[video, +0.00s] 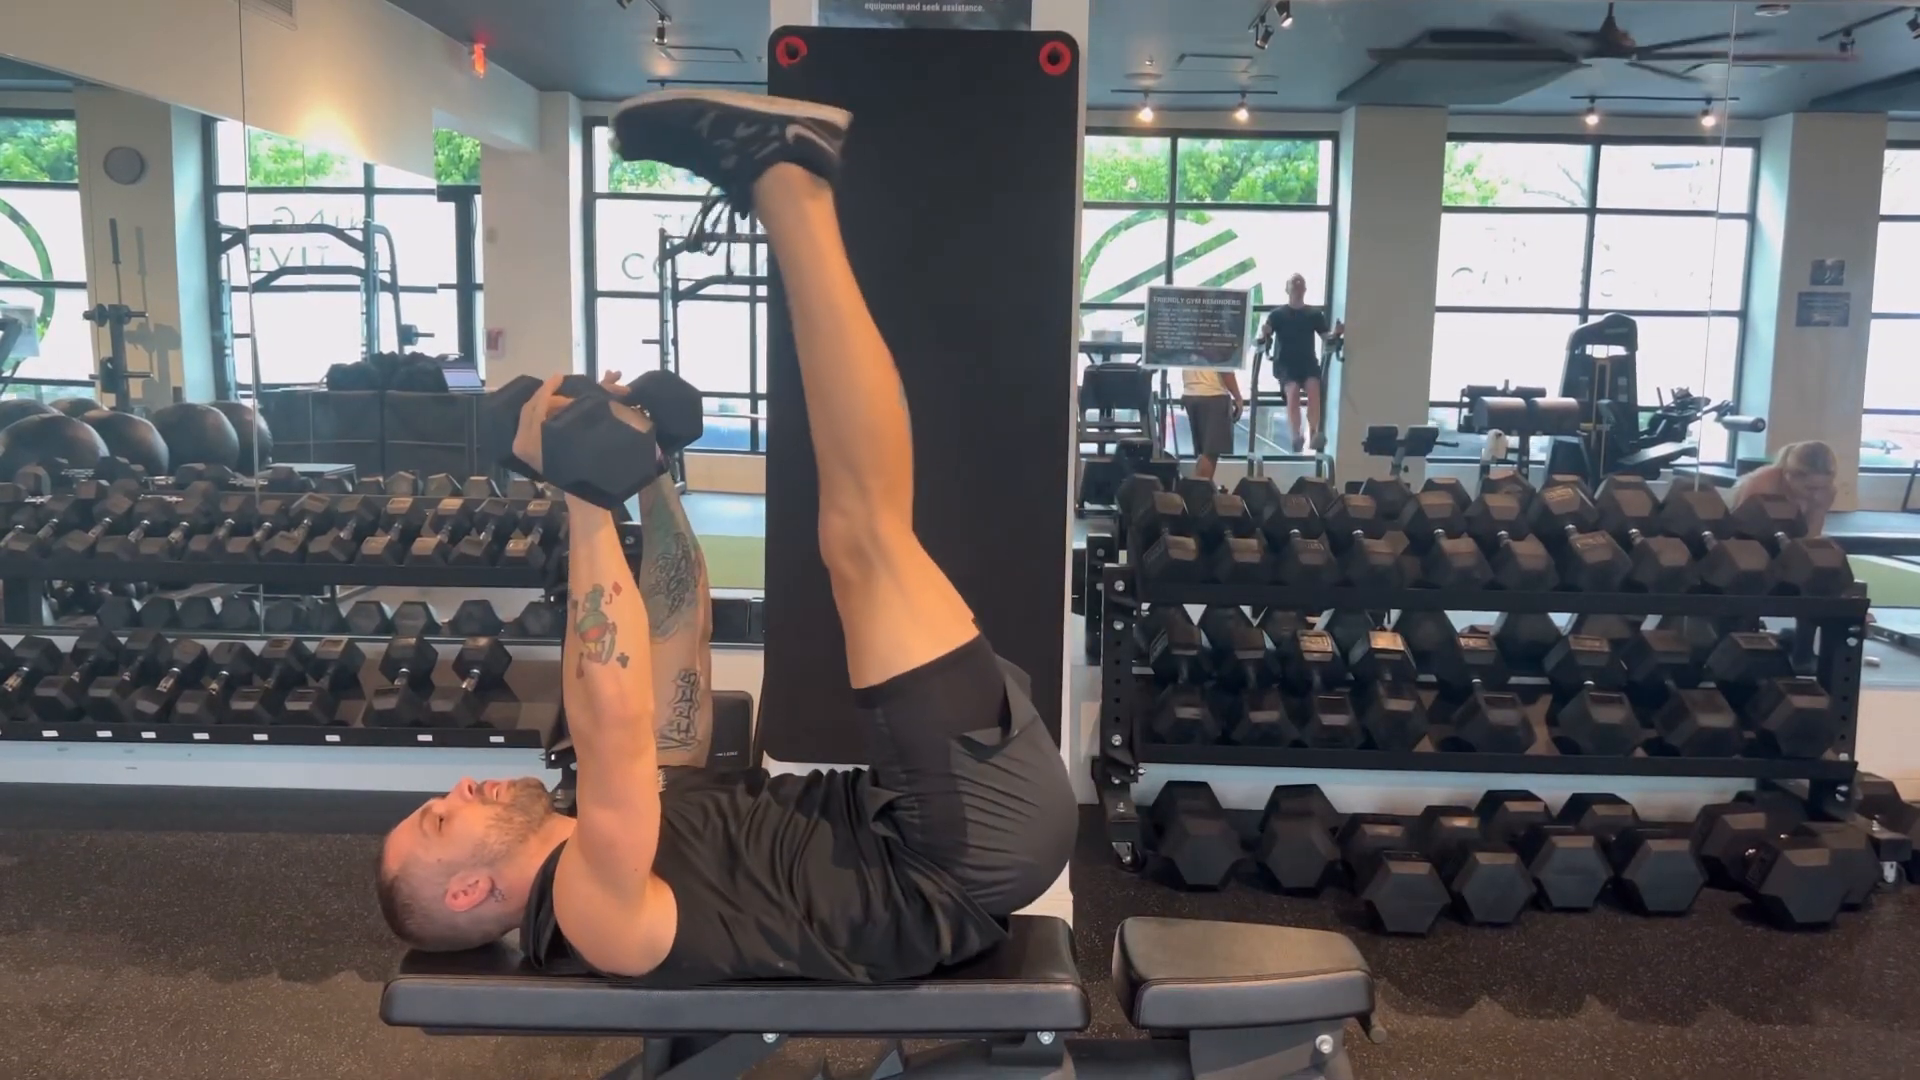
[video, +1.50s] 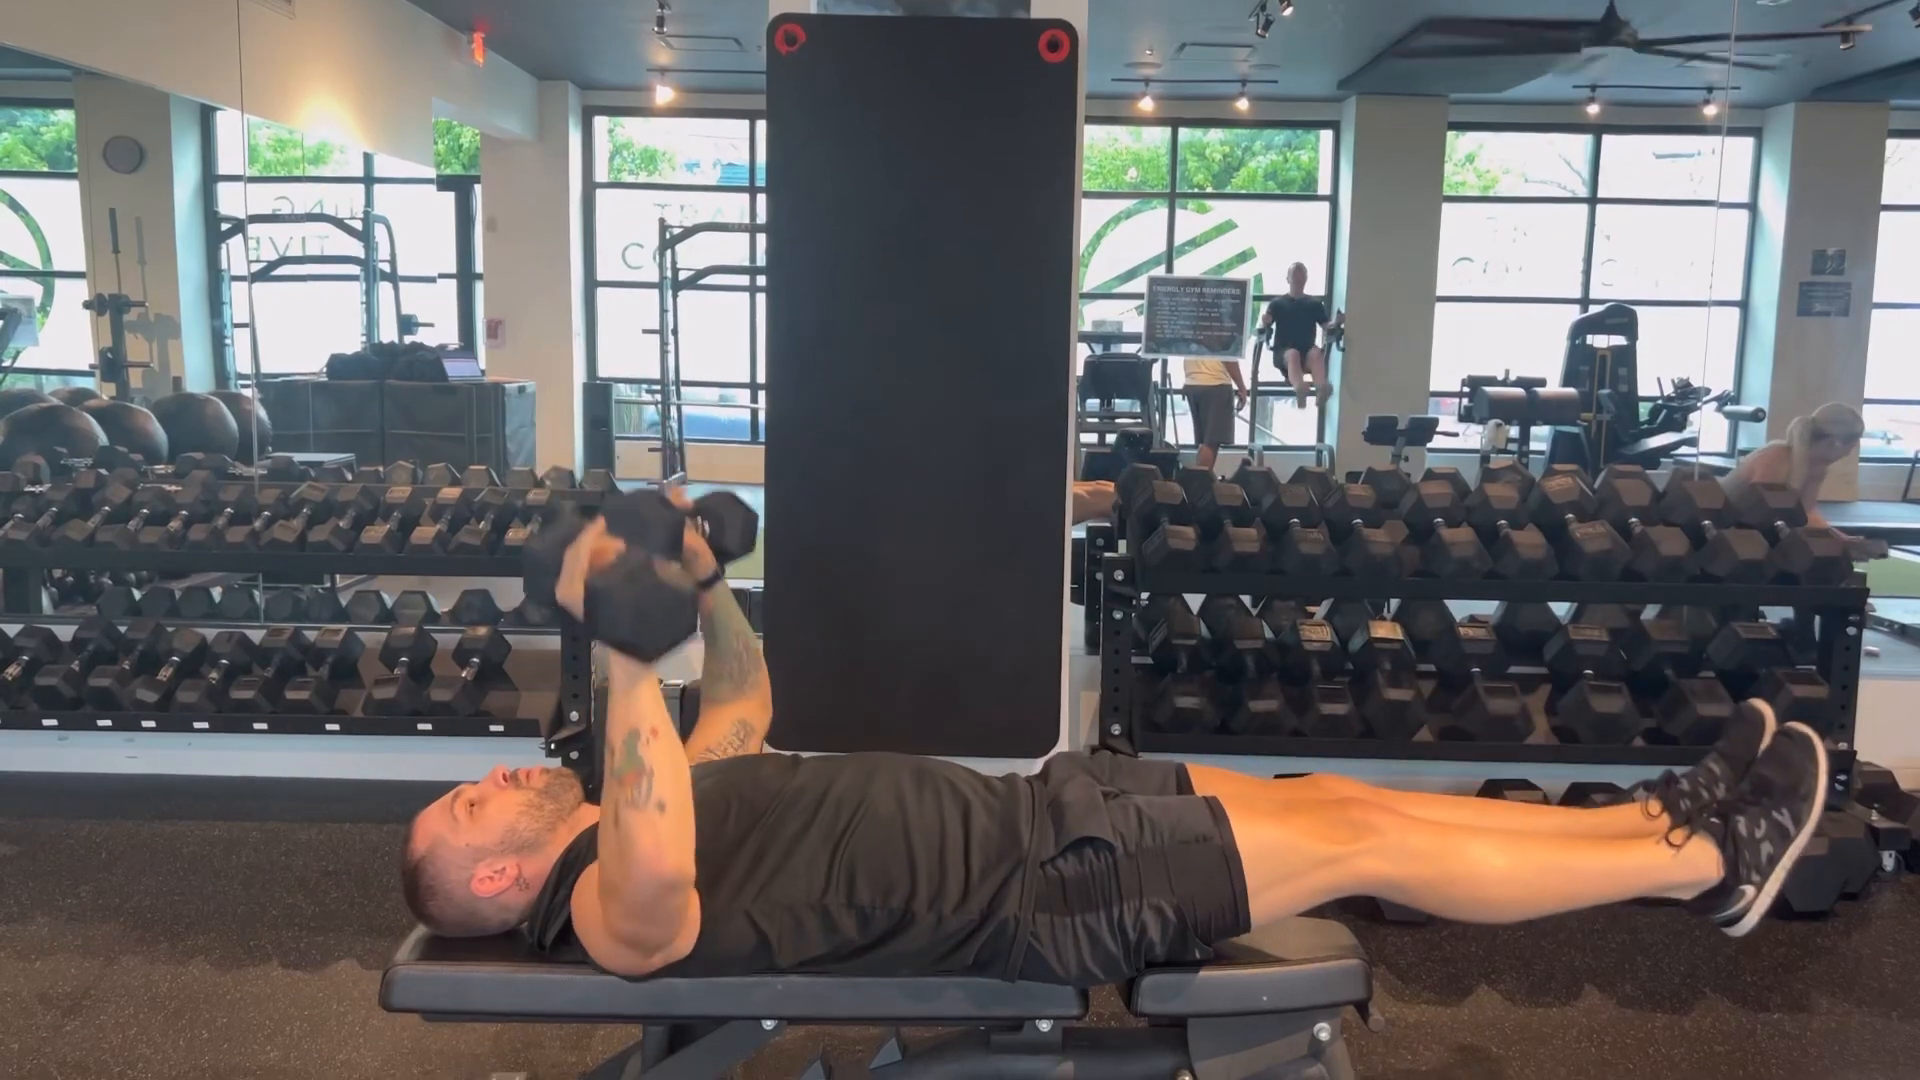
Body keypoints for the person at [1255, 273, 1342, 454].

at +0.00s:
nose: (1298, 286)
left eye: (1300, 284)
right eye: (1294, 284)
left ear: (1305, 288)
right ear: (1287, 289)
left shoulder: (1314, 314)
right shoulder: (1277, 314)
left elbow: (1326, 338)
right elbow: (1262, 341)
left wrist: (1336, 334)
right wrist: (1264, 335)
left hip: (1308, 359)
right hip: (1286, 360)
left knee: (1314, 387)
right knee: (1293, 390)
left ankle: (1314, 435)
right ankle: (1296, 437)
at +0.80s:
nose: (1300, 284)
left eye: (1303, 281)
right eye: (1296, 281)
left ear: (1306, 284)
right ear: (1288, 284)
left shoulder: (1314, 309)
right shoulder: (1277, 309)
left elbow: (1325, 331)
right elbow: (1263, 337)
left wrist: (1336, 328)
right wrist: (1265, 329)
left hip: (1307, 353)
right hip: (1284, 353)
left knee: (1315, 370)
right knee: (1291, 367)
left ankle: (1320, 413)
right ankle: (1295, 406)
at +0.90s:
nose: (1298, 285)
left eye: (1301, 280)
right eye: (1295, 280)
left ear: (1306, 283)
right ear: (1288, 283)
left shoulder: (1314, 307)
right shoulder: (1277, 308)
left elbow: (1326, 332)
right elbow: (1263, 335)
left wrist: (1336, 327)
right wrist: (1265, 327)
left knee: (1319, 340)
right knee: (1293, 338)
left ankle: (1322, 381)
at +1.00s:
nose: (1298, 287)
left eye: (1302, 284)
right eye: (1296, 283)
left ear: (1306, 285)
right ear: (1289, 284)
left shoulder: (1315, 306)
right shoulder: (1277, 306)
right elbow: (1262, 335)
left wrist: (1336, 327)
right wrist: (1265, 326)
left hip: (1308, 356)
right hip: (1284, 358)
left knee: (1316, 318)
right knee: (1290, 321)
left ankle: (1318, 333)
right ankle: (1303, 333)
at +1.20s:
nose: (1298, 287)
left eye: (1301, 284)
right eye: (1295, 284)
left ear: (1306, 284)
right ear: (1289, 283)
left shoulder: (1315, 304)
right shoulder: (1278, 304)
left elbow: (1323, 331)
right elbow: (1264, 329)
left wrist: (1336, 325)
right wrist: (1266, 323)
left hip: (1308, 355)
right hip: (1284, 356)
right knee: (1288, 317)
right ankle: (1299, 319)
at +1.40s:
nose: (1298, 283)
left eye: (1301, 279)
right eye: (1295, 279)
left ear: (1306, 280)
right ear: (1288, 280)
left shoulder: (1315, 304)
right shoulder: (1278, 303)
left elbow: (1326, 328)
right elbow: (1266, 326)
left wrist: (1337, 323)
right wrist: (1265, 322)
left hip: (1311, 348)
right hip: (1286, 350)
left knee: (1318, 336)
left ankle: (1325, 369)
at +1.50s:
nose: (1298, 280)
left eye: (1301, 277)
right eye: (1295, 277)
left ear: (1306, 279)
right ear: (1288, 279)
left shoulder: (1314, 304)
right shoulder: (1278, 303)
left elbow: (1326, 326)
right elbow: (1266, 324)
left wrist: (1336, 322)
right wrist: (1265, 321)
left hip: (1307, 349)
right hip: (1283, 349)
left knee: (1317, 353)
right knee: (1293, 354)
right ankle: (1300, 392)